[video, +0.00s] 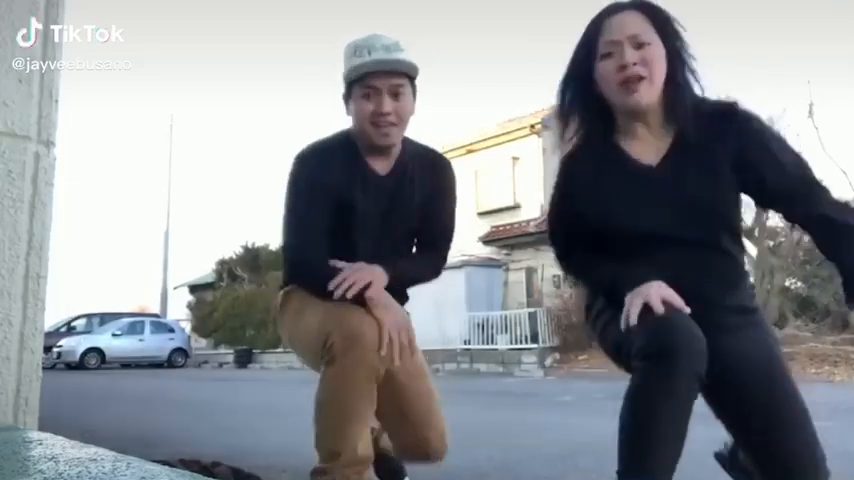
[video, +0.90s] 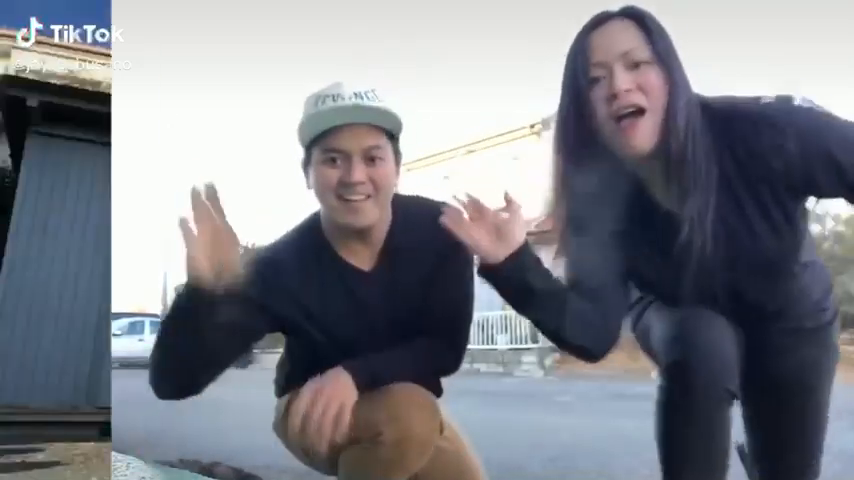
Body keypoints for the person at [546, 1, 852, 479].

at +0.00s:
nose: (628, 60)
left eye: (641, 45)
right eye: (609, 53)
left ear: (669, 57)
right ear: (593, 77)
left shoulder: (726, 130)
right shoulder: (583, 167)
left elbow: (814, 207)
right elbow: (569, 245)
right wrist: (628, 284)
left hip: (727, 314)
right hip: (627, 313)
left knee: (806, 472)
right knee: (677, 343)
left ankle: (746, 460)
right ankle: (640, 472)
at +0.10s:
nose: (619, 78)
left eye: (633, 59)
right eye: (598, 70)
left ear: (665, 69)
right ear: (584, 95)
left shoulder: (725, 149)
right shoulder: (575, 188)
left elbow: (790, 238)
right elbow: (554, 274)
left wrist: (841, 312)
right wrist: (624, 303)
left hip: (723, 326)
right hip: (623, 332)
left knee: (799, 473)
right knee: (679, 352)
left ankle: (742, 461)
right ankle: (645, 474)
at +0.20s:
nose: (616, 94)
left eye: (631, 75)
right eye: (594, 87)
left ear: (662, 87)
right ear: (578, 112)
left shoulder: (732, 163)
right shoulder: (571, 202)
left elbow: (785, 264)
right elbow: (541, 296)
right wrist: (618, 327)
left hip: (731, 349)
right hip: (634, 357)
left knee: (792, 472)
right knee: (676, 364)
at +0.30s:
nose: (613, 104)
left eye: (628, 84)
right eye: (591, 96)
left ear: (659, 94)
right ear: (574, 120)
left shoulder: (733, 169)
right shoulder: (571, 216)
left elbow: (784, 286)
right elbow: (537, 333)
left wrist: (710, 344)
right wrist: (620, 354)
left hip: (734, 367)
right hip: (641, 380)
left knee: (786, 471)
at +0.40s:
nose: (610, 107)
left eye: (625, 86)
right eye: (589, 94)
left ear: (656, 93)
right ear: (572, 113)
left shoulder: (731, 170)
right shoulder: (567, 209)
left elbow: (803, 288)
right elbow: (538, 357)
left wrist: (742, 358)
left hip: (741, 369)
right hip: (640, 382)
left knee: (782, 472)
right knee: (638, 472)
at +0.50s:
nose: (604, 104)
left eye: (621, 85)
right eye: (586, 91)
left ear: (651, 92)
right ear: (569, 109)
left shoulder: (738, 161)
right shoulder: (571, 200)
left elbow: (833, 266)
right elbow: (558, 345)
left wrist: (822, 349)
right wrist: (529, 263)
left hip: (736, 340)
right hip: (635, 341)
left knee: (781, 468)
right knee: (657, 356)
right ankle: (643, 471)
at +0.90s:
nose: (619, 88)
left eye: (636, 65)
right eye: (597, 78)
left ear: (670, 76)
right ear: (583, 104)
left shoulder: (768, 135)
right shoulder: (596, 181)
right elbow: (591, 335)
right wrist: (511, 263)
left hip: (785, 312)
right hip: (678, 312)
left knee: (788, 471)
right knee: (705, 350)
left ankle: (744, 450)